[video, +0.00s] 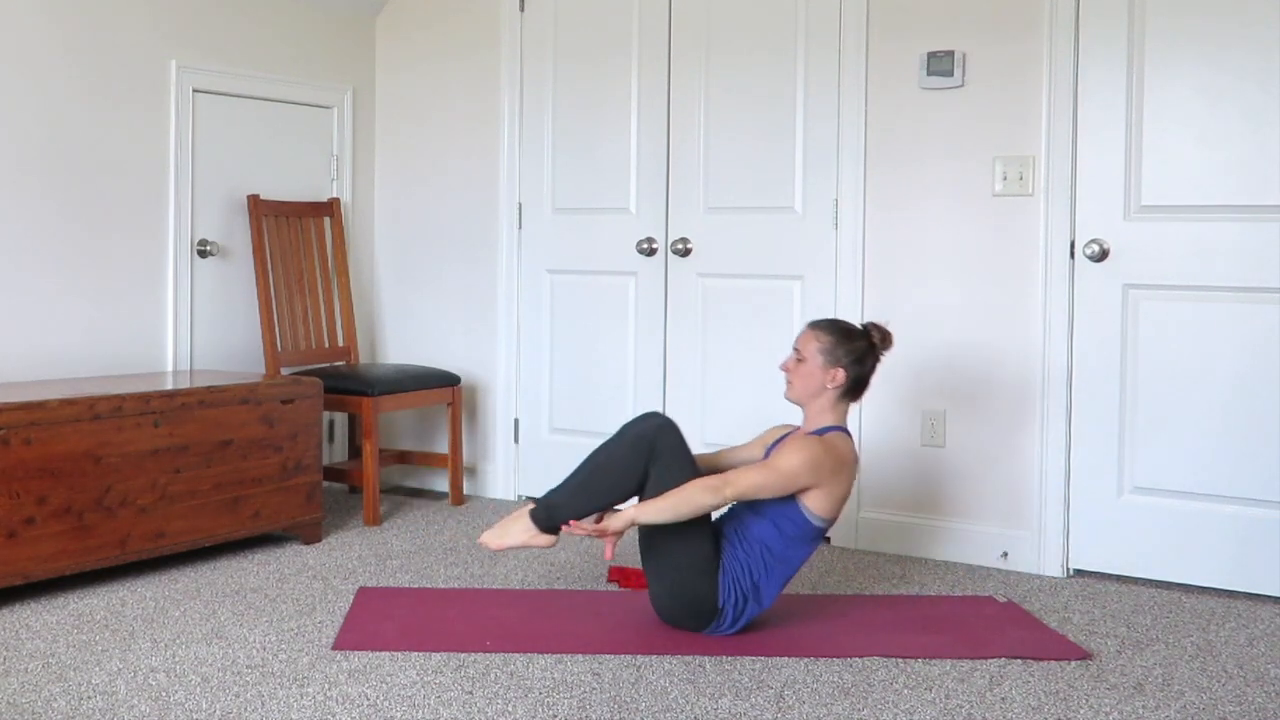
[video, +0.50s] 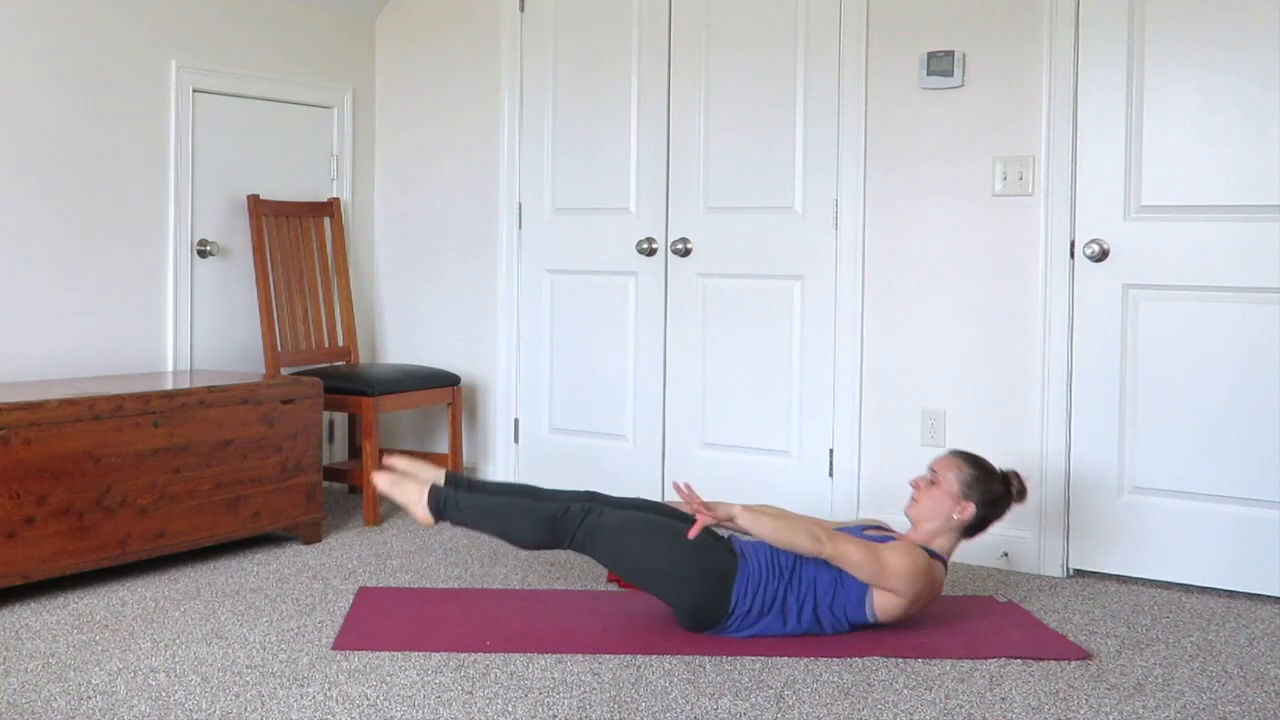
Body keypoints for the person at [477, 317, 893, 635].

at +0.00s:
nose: (786, 365)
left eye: (799, 358)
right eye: (792, 354)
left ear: (834, 377)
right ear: (829, 378)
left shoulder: (822, 453)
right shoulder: (793, 437)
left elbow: (724, 491)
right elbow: (708, 466)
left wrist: (631, 516)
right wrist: (621, 508)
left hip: (709, 598)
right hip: (704, 580)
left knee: (656, 433)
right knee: (651, 431)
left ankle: (540, 524)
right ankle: (543, 515)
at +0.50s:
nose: (916, 486)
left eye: (933, 484)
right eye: (925, 476)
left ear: (962, 516)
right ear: (942, 504)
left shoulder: (913, 569)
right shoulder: (897, 545)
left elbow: (820, 541)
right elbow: (809, 539)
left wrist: (734, 512)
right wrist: (725, 514)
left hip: (724, 584)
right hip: (724, 562)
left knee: (578, 517)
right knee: (579, 509)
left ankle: (432, 500)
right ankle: (439, 490)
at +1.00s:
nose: (906, 478)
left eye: (923, 475)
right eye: (915, 467)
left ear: (955, 503)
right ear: (935, 493)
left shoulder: (913, 557)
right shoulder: (897, 536)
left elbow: (814, 528)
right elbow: (808, 538)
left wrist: (731, 505)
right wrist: (732, 509)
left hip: (729, 585)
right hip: (727, 565)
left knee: (584, 522)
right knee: (584, 512)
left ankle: (434, 513)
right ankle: (436, 506)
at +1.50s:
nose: (774, 358)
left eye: (788, 351)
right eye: (781, 348)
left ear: (821, 372)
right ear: (816, 371)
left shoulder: (808, 443)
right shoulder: (778, 430)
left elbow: (712, 482)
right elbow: (698, 466)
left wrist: (617, 510)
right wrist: (604, 503)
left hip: (711, 599)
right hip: (704, 582)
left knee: (684, 431)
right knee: (681, 426)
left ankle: (558, 499)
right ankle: (559, 487)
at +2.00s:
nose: (914, 475)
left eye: (931, 474)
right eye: (923, 465)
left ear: (958, 505)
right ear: (939, 492)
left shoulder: (910, 555)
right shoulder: (899, 534)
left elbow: (812, 519)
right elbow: (809, 516)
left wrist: (724, 486)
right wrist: (720, 488)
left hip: (728, 585)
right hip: (729, 569)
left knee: (583, 517)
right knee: (584, 513)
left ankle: (434, 505)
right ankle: (437, 500)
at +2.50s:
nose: (919, 485)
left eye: (935, 483)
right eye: (928, 476)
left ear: (964, 515)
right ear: (952, 508)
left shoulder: (915, 562)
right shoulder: (911, 550)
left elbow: (817, 526)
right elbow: (813, 531)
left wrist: (729, 499)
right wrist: (721, 502)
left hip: (732, 580)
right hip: (734, 569)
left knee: (587, 524)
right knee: (590, 518)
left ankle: (440, 502)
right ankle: (445, 499)